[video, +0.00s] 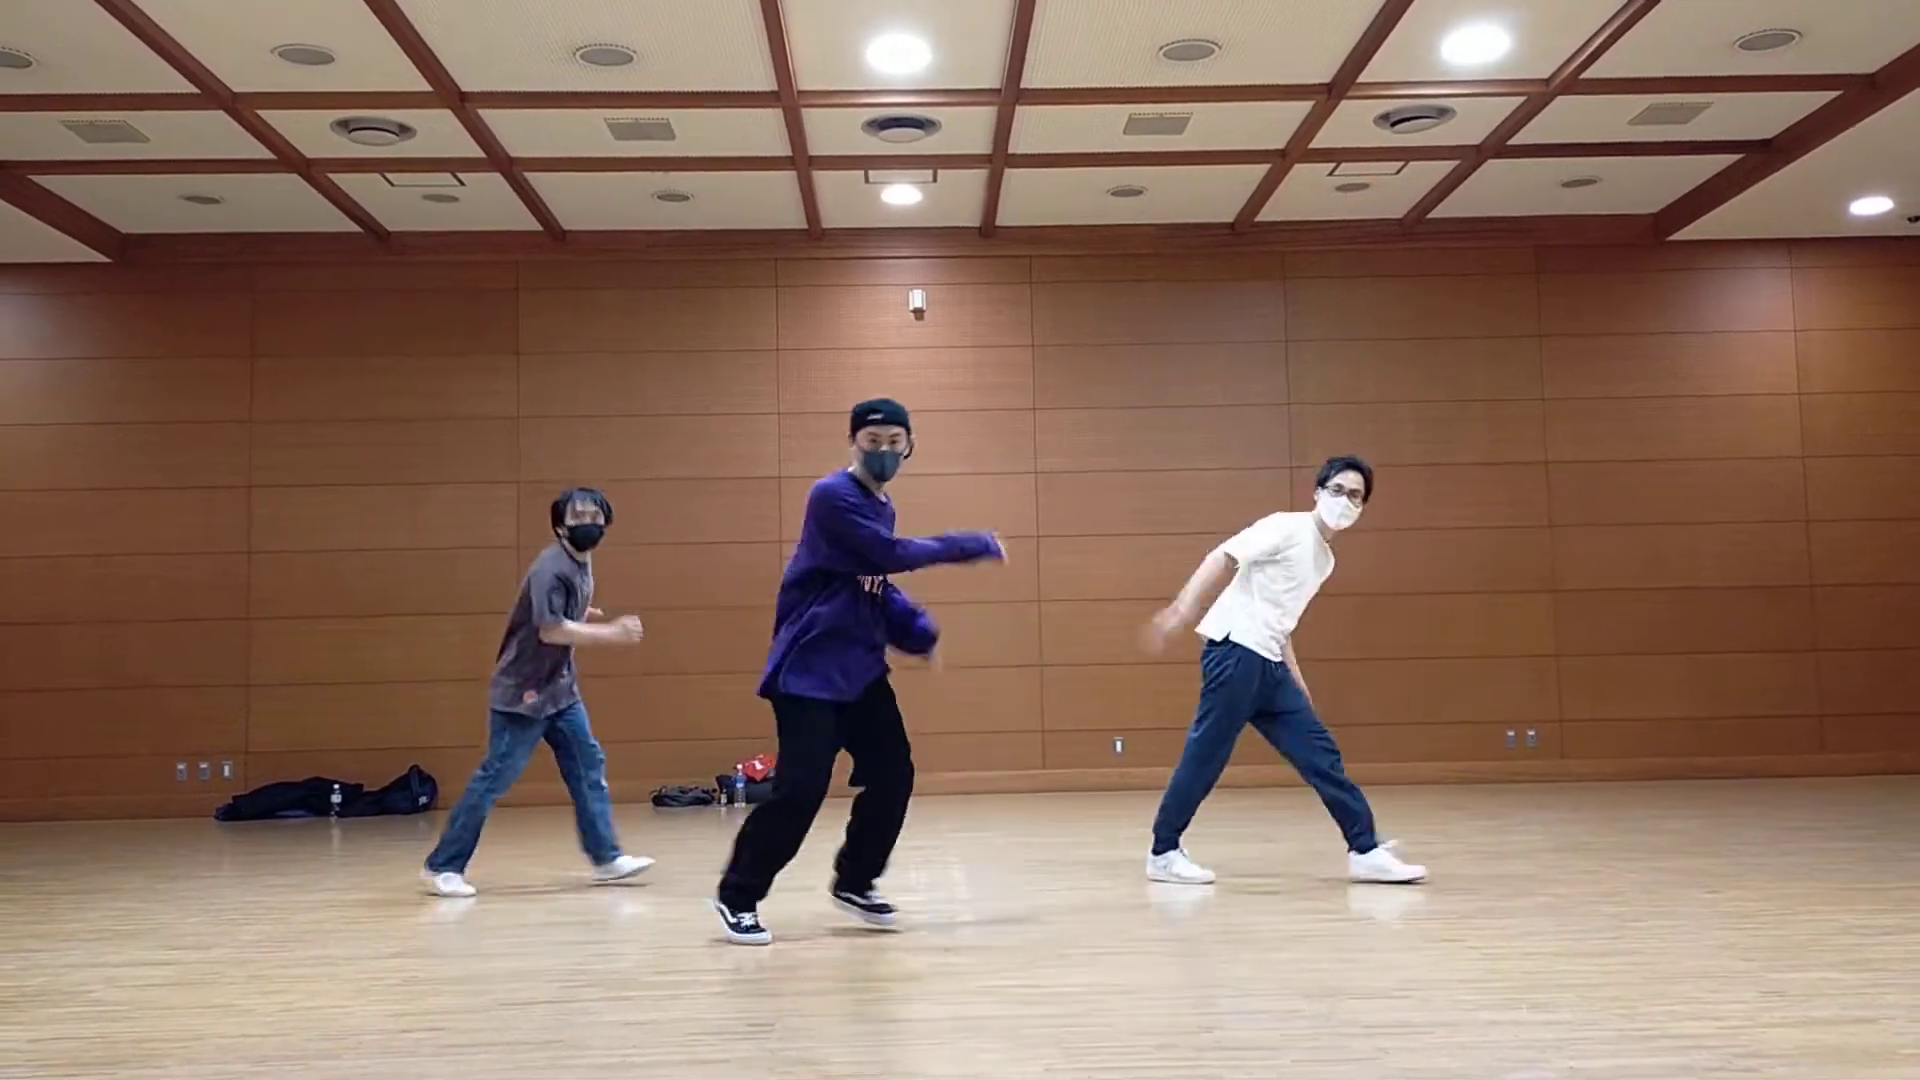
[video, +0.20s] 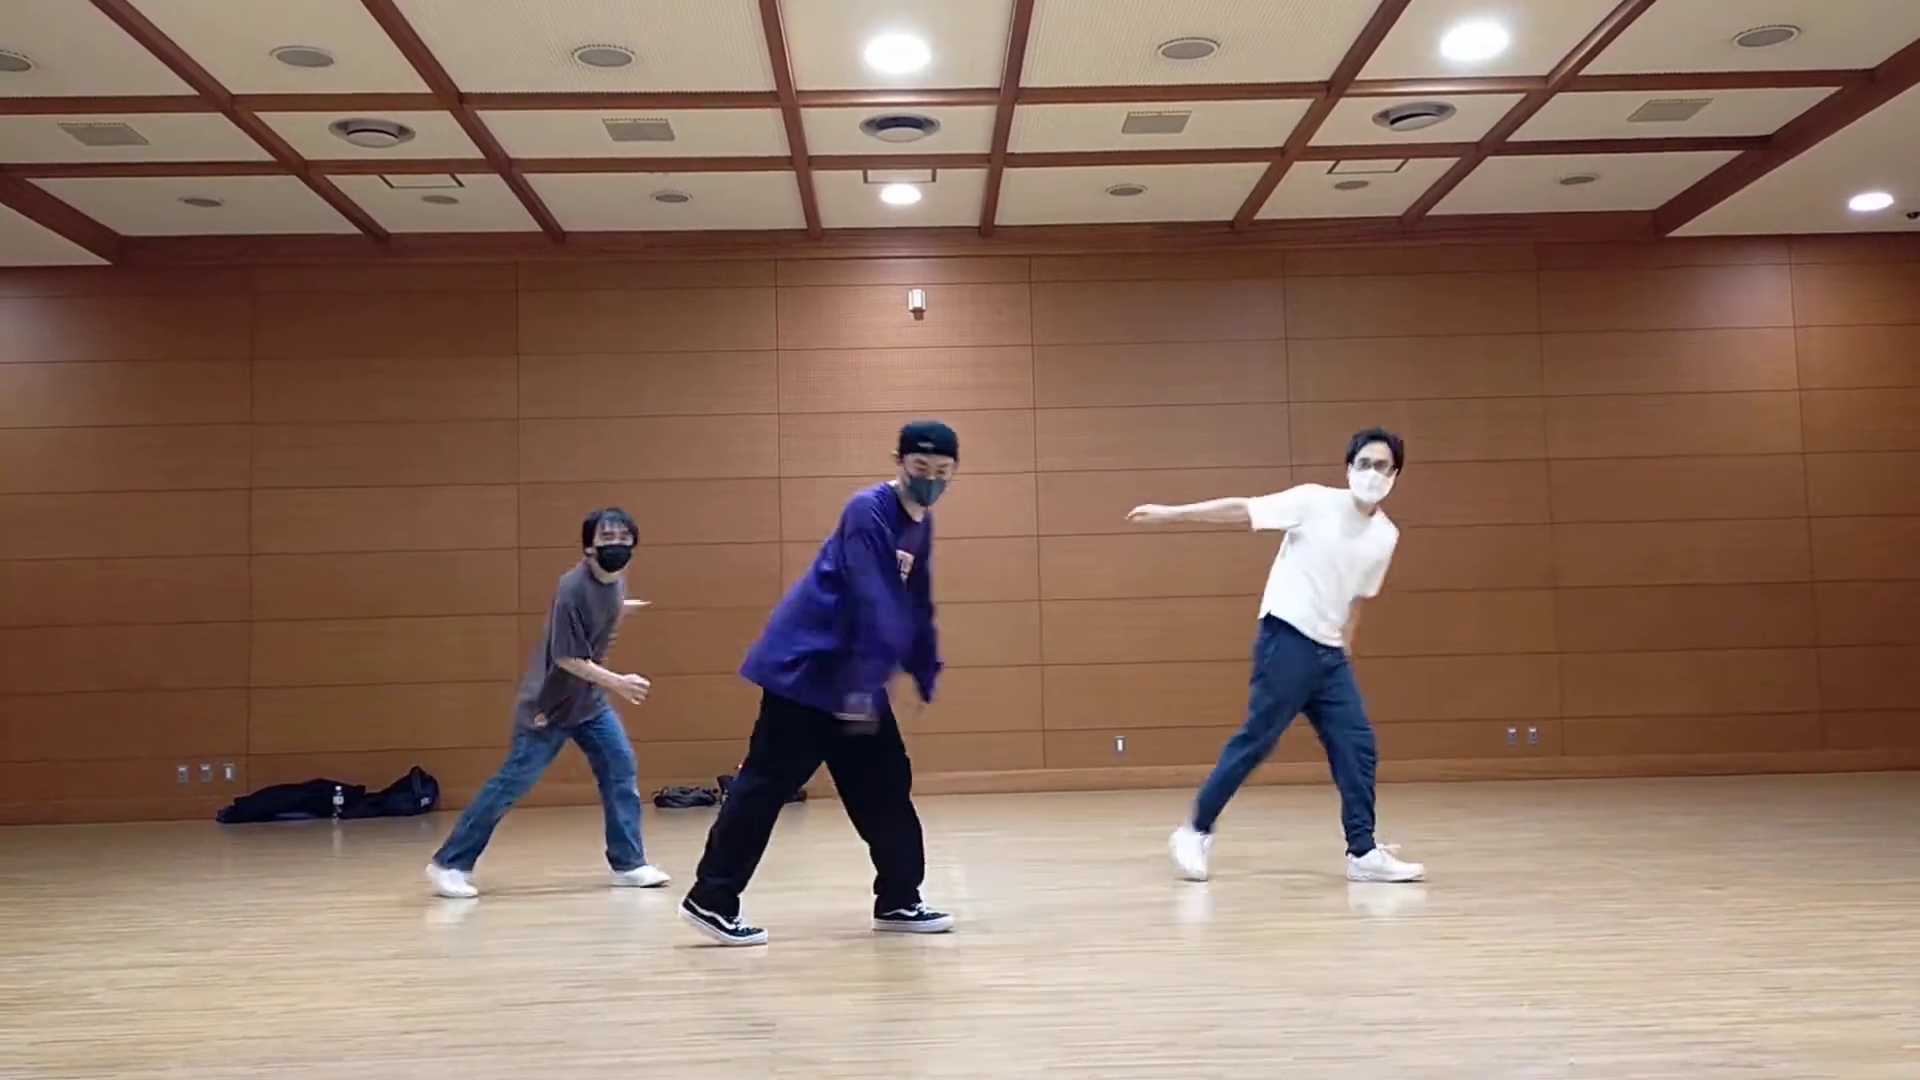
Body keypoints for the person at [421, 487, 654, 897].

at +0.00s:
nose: (587, 522)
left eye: (594, 515)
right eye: (577, 515)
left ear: (605, 523)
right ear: (561, 523)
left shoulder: (581, 565)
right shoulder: (550, 569)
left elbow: (559, 606)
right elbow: (550, 631)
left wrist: (582, 613)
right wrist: (610, 634)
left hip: (558, 688)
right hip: (521, 692)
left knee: (587, 764)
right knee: (495, 777)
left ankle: (606, 858)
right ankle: (443, 867)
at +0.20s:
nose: (616, 543)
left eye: (623, 537)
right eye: (607, 537)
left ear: (632, 545)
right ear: (589, 544)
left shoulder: (614, 580)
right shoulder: (573, 590)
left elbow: (600, 607)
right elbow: (565, 658)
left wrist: (621, 609)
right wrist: (616, 681)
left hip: (588, 700)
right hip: (547, 705)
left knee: (620, 768)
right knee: (513, 782)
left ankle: (628, 863)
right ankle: (449, 864)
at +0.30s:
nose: (627, 527)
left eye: (634, 521)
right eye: (618, 521)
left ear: (645, 528)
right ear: (603, 529)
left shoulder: (646, 562)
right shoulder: (583, 576)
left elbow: (651, 589)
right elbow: (569, 639)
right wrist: (605, 669)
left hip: (626, 696)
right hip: (579, 699)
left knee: (643, 771)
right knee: (544, 779)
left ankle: (632, 864)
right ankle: (492, 853)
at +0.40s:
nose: (639, 515)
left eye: (646, 509)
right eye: (630, 509)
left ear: (657, 516)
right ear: (615, 518)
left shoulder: (669, 557)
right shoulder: (595, 561)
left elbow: (693, 596)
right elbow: (573, 620)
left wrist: (735, 618)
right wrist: (594, 652)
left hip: (653, 692)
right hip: (607, 692)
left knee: (655, 781)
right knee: (596, 777)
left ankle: (636, 865)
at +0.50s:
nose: (649, 515)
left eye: (656, 508)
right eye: (641, 509)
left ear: (668, 512)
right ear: (627, 515)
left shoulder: (687, 555)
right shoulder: (604, 557)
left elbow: (715, 604)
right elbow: (586, 611)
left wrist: (748, 635)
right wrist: (600, 640)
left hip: (672, 691)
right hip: (625, 690)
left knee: (668, 776)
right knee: (633, 778)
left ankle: (641, 860)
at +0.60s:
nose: (659, 523)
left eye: (667, 516)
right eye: (651, 517)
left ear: (681, 523)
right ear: (639, 526)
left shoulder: (700, 569)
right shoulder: (620, 569)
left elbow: (725, 621)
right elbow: (603, 619)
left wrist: (746, 655)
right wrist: (612, 647)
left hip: (692, 691)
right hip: (646, 696)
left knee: (691, 764)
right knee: (681, 780)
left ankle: (689, 854)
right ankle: (733, 847)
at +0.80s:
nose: (677, 522)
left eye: (685, 516)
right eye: (669, 517)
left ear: (700, 526)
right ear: (657, 527)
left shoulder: (717, 573)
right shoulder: (636, 572)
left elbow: (730, 634)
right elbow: (620, 631)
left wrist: (715, 677)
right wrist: (618, 683)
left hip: (706, 699)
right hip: (659, 701)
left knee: (718, 774)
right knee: (657, 783)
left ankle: (749, 858)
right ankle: (713, 838)